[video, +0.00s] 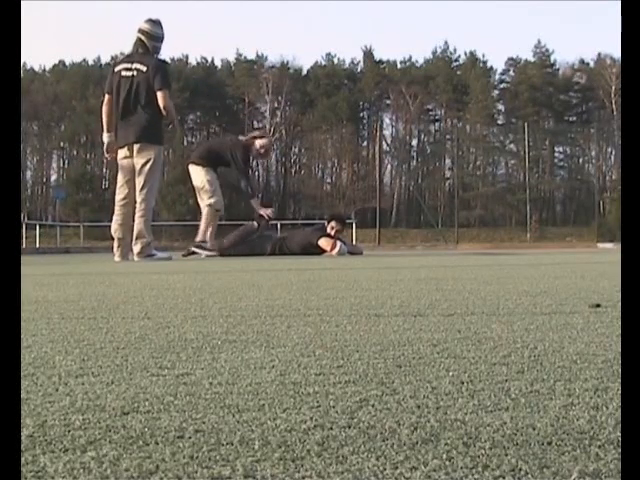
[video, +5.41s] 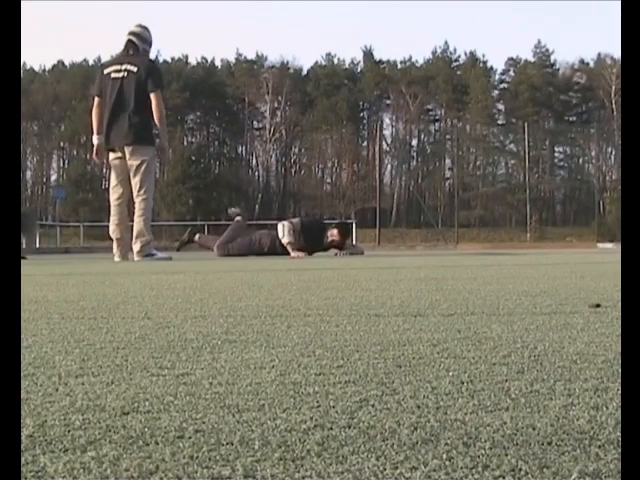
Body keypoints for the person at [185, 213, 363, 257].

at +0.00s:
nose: (334, 234)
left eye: (338, 231)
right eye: (333, 229)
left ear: (339, 230)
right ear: (327, 225)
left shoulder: (330, 237)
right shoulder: (319, 235)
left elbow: (357, 250)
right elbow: (335, 251)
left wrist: (344, 247)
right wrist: (344, 245)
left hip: (277, 243)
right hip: (274, 245)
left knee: (230, 247)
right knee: (227, 248)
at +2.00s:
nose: (337, 242)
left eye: (340, 240)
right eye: (338, 238)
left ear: (337, 239)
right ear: (333, 235)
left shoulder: (324, 241)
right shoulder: (320, 237)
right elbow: (333, 249)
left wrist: (346, 246)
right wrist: (346, 248)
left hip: (272, 240)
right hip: (270, 241)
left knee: (232, 247)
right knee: (231, 248)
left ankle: (197, 252)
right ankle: (197, 252)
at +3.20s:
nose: (336, 241)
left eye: (339, 240)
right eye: (337, 237)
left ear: (338, 240)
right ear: (334, 234)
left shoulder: (325, 241)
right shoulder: (322, 237)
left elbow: (354, 251)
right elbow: (328, 246)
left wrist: (346, 247)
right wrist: (336, 249)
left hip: (267, 244)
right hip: (266, 243)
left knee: (229, 248)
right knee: (229, 248)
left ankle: (195, 252)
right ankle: (195, 251)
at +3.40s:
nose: (337, 245)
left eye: (339, 242)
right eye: (339, 242)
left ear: (335, 236)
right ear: (335, 238)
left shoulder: (321, 237)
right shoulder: (320, 237)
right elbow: (330, 248)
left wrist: (346, 246)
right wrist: (343, 248)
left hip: (271, 238)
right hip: (272, 239)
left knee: (229, 247)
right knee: (230, 249)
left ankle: (193, 252)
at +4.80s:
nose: (342, 242)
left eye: (345, 241)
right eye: (342, 238)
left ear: (345, 241)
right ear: (337, 233)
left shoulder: (329, 242)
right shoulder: (313, 234)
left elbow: (359, 251)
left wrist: (344, 249)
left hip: (271, 247)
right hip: (266, 242)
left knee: (231, 245)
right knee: (221, 250)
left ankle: (199, 239)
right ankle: (236, 218)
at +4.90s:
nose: (343, 238)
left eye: (344, 238)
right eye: (342, 236)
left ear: (341, 239)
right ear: (336, 234)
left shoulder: (329, 242)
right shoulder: (322, 238)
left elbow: (355, 249)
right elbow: (290, 225)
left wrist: (350, 248)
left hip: (275, 244)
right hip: (270, 242)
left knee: (236, 244)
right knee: (221, 250)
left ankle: (200, 236)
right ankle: (236, 217)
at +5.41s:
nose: (334, 243)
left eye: (338, 242)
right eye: (336, 239)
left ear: (339, 240)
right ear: (333, 231)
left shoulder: (328, 240)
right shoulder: (315, 226)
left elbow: (359, 250)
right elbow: (284, 227)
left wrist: (345, 250)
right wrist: (292, 249)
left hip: (270, 248)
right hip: (265, 239)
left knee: (226, 248)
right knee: (220, 249)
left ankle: (196, 236)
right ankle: (238, 219)